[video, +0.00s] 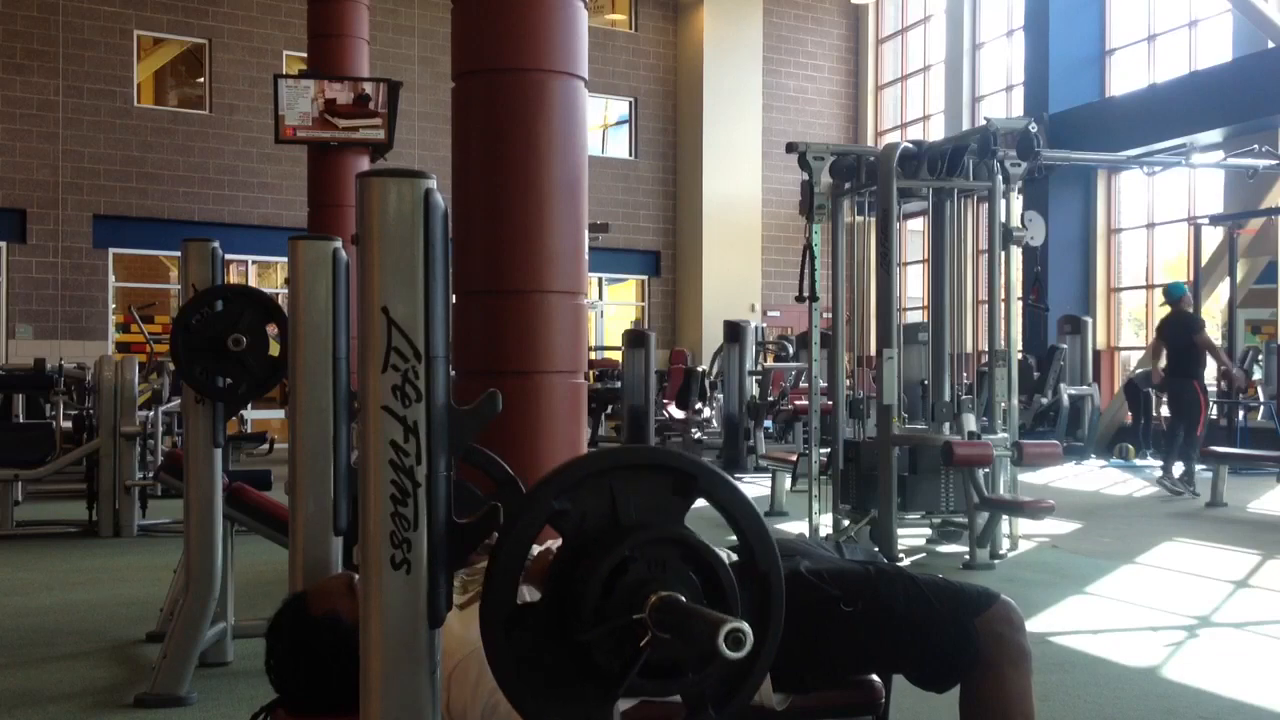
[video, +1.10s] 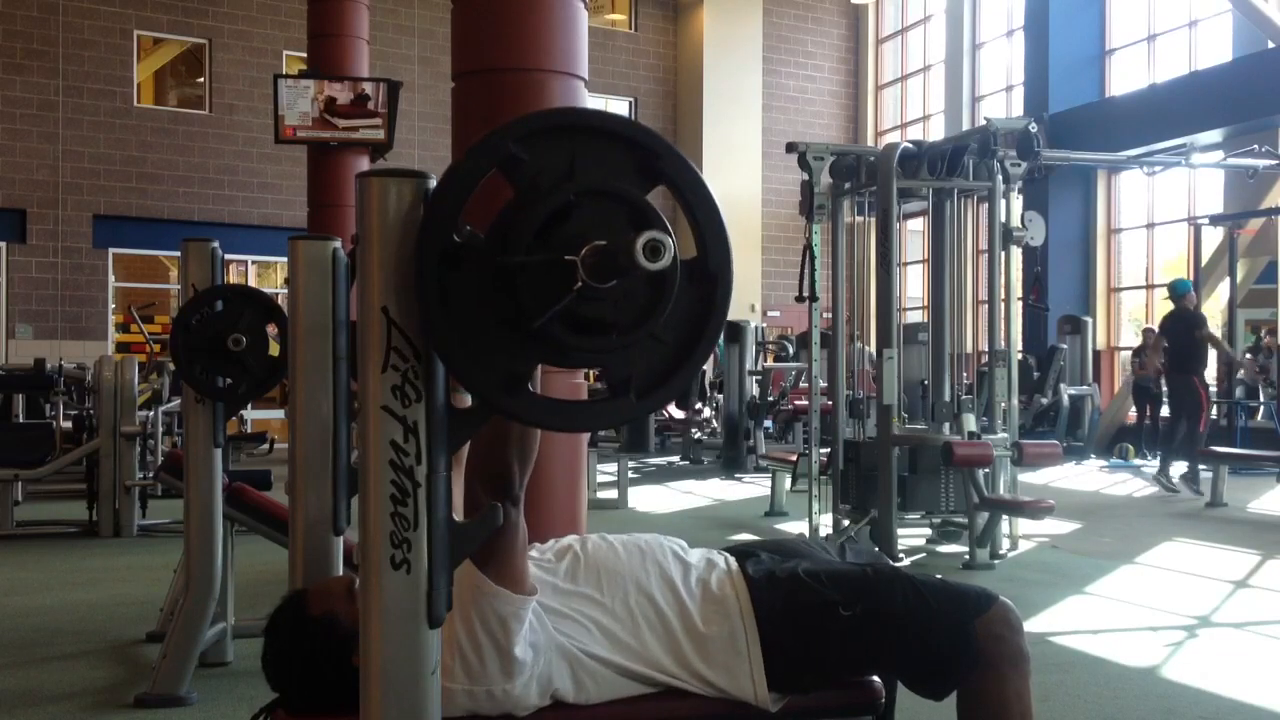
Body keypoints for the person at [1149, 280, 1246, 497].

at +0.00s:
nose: (1191, 296)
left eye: (1188, 293)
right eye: (1188, 293)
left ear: (1171, 301)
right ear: (1182, 298)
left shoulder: (1165, 322)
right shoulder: (1192, 320)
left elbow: (1156, 348)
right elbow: (1210, 346)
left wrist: (1154, 369)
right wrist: (1228, 367)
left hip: (1172, 380)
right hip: (1191, 381)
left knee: (1176, 424)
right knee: (1195, 427)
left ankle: (1167, 473)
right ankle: (1189, 477)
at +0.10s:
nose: (1191, 294)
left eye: (1188, 291)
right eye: (1187, 291)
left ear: (1171, 297)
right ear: (1182, 295)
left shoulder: (1164, 318)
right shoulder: (1192, 315)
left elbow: (1143, 330)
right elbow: (1213, 325)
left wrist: (1140, 331)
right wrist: (1230, 328)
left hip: (1172, 375)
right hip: (1191, 375)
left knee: (1172, 420)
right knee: (1201, 420)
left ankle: (1157, 469)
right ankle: (1197, 471)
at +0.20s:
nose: (1191, 305)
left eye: (1190, 302)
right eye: (1189, 302)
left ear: (1169, 306)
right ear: (1185, 305)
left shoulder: (1163, 324)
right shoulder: (1193, 322)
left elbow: (1141, 317)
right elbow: (1213, 311)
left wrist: (1129, 305)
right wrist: (1230, 301)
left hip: (1172, 386)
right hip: (1192, 386)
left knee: (1167, 429)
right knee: (1206, 425)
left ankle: (1148, 472)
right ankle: (1205, 474)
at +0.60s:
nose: (1194, 299)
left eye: (1193, 295)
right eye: (1192, 296)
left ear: (1174, 300)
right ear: (1186, 299)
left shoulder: (1167, 318)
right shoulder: (1189, 317)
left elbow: (1144, 328)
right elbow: (1203, 322)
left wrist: (1131, 322)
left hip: (1173, 379)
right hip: (1190, 379)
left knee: (1169, 423)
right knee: (1200, 423)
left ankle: (1155, 471)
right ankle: (1199, 474)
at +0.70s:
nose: (1194, 297)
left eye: (1193, 294)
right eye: (1192, 294)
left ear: (1174, 298)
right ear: (1185, 297)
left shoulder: (1167, 318)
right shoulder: (1190, 317)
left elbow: (1152, 344)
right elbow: (1201, 337)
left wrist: (1144, 366)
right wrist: (1225, 349)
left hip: (1171, 378)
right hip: (1189, 379)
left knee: (1173, 423)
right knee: (1198, 420)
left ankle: (1164, 474)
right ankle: (1190, 474)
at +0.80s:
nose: (1196, 309)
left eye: (1194, 305)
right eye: (1193, 306)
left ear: (1175, 311)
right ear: (1187, 310)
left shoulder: (1166, 333)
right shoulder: (1193, 333)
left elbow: (1165, 365)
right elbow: (1203, 366)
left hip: (1170, 391)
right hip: (1188, 392)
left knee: (1180, 434)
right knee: (1198, 434)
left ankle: (1169, 480)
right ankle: (1177, 480)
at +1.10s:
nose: (1195, 294)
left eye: (1193, 291)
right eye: (1193, 291)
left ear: (1174, 297)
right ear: (1188, 295)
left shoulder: (1167, 318)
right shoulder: (1196, 316)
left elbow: (1156, 346)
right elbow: (1212, 339)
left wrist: (1155, 368)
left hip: (1172, 376)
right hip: (1192, 376)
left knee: (1176, 420)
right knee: (1199, 422)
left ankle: (1163, 470)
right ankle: (1192, 473)